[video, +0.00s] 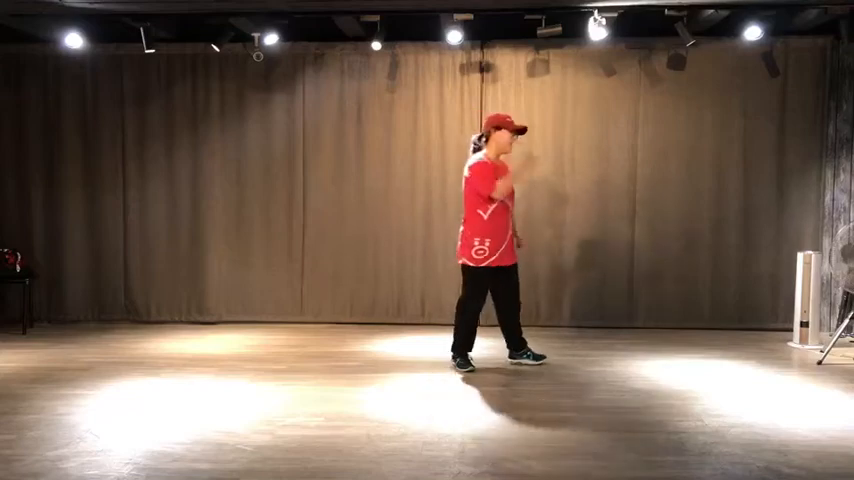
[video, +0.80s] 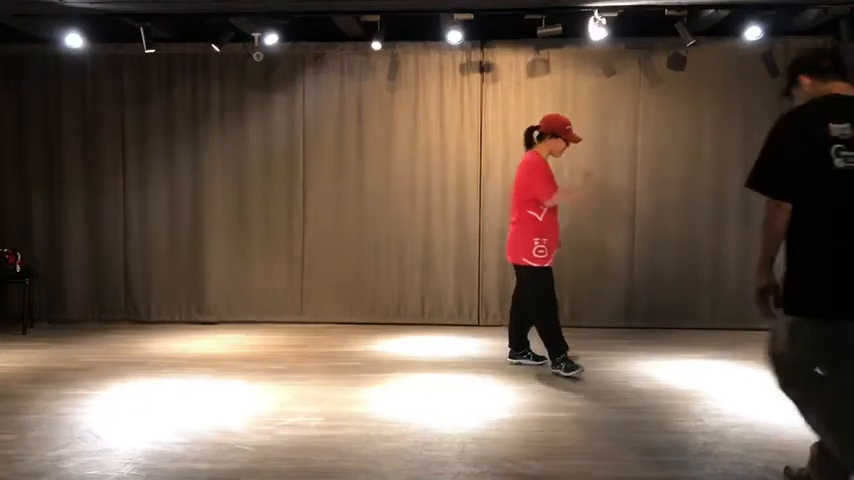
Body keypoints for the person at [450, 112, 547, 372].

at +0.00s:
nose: (513, 141)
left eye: (513, 136)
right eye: (510, 135)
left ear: (498, 137)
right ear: (494, 135)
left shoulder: (503, 167)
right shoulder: (477, 165)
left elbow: (507, 205)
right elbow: (497, 192)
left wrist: (512, 232)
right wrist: (519, 170)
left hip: (502, 248)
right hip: (478, 249)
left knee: (509, 302)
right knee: (471, 304)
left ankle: (517, 349)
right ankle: (460, 353)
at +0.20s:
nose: (530, 136)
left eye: (530, 132)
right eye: (526, 131)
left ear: (511, 134)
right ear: (510, 132)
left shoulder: (508, 164)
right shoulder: (502, 164)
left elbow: (508, 205)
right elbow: (507, 205)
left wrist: (517, 237)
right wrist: (510, 237)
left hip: (516, 250)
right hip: (499, 249)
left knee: (517, 301)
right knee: (489, 299)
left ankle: (518, 349)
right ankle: (464, 349)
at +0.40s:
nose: (543, 138)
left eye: (543, 133)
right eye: (540, 133)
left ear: (525, 134)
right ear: (524, 133)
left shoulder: (521, 163)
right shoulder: (513, 162)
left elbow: (504, 200)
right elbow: (499, 198)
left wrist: (493, 230)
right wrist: (491, 230)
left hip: (524, 245)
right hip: (515, 246)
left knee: (522, 301)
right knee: (518, 301)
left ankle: (518, 348)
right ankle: (495, 346)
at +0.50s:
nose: (548, 142)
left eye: (549, 137)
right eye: (546, 136)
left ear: (532, 137)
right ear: (530, 136)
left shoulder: (526, 162)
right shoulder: (516, 161)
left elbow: (521, 200)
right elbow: (505, 195)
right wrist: (512, 228)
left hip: (526, 244)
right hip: (517, 244)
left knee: (529, 291)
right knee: (532, 290)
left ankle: (522, 345)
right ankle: (517, 347)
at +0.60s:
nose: (553, 147)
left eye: (554, 142)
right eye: (552, 141)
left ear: (539, 138)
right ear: (538, 137)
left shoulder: (527, 161)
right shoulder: (520, 160)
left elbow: (516, 192)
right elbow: (511, 187)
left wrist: (539, 197)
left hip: (525, 243)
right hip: (524, 244)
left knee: (521, 294)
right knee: (544, 292)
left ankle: (518, 347)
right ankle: (530, 348)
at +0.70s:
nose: (560, 150)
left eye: (561, 145)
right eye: (559, 144)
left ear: (545, 139)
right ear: (545, 139)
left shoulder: (531, 162)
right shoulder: (524, 161)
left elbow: (532, 195)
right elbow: (529, 190)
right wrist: (556, 177)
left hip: (528, 245)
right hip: (528, 246)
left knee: (521, 297)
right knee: (546, 300)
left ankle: (518, 348)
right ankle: (548, 354)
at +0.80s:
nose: (566, 147)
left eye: (567, 142)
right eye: (564, 142)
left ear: (548, 138)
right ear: (550, 138)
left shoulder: (536, 162)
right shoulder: (534, 164)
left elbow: (539, 206)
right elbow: (549, 198)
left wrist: (552, 237)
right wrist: (580, 192)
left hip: (532, 246)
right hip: (531, 248)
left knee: (523, 299)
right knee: (545, 303)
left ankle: (518, 350)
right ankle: (559, 357)